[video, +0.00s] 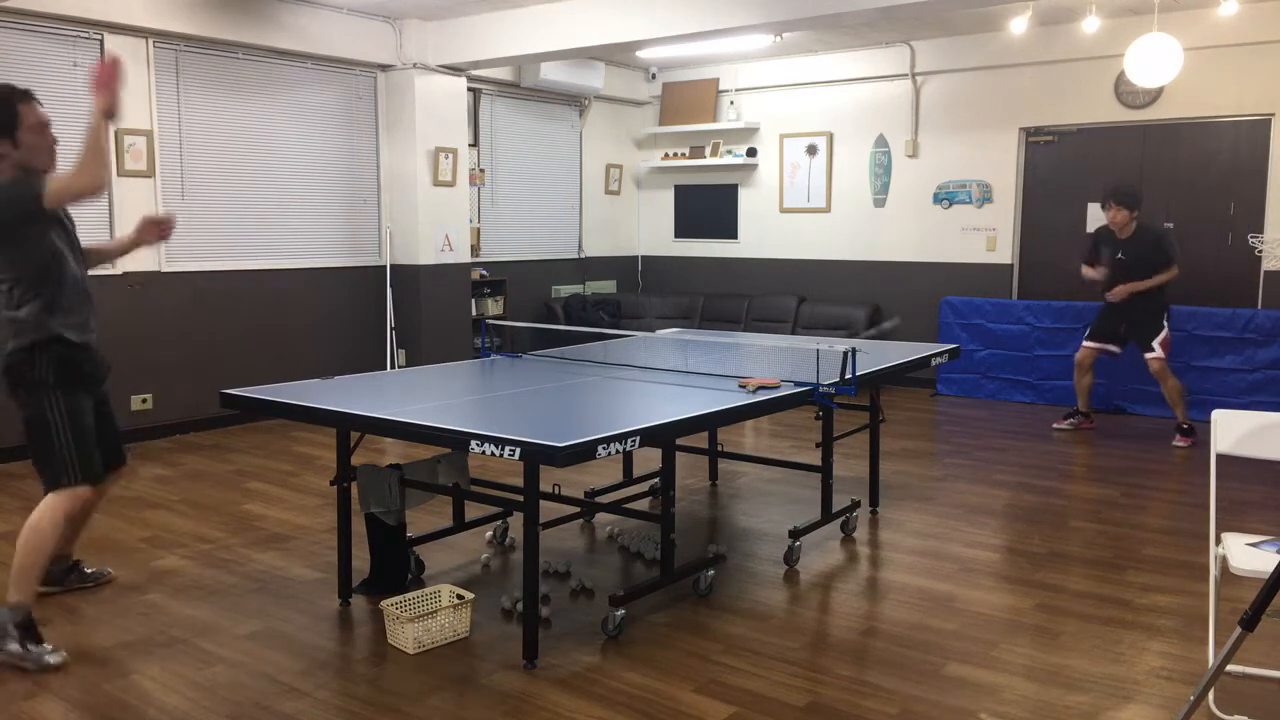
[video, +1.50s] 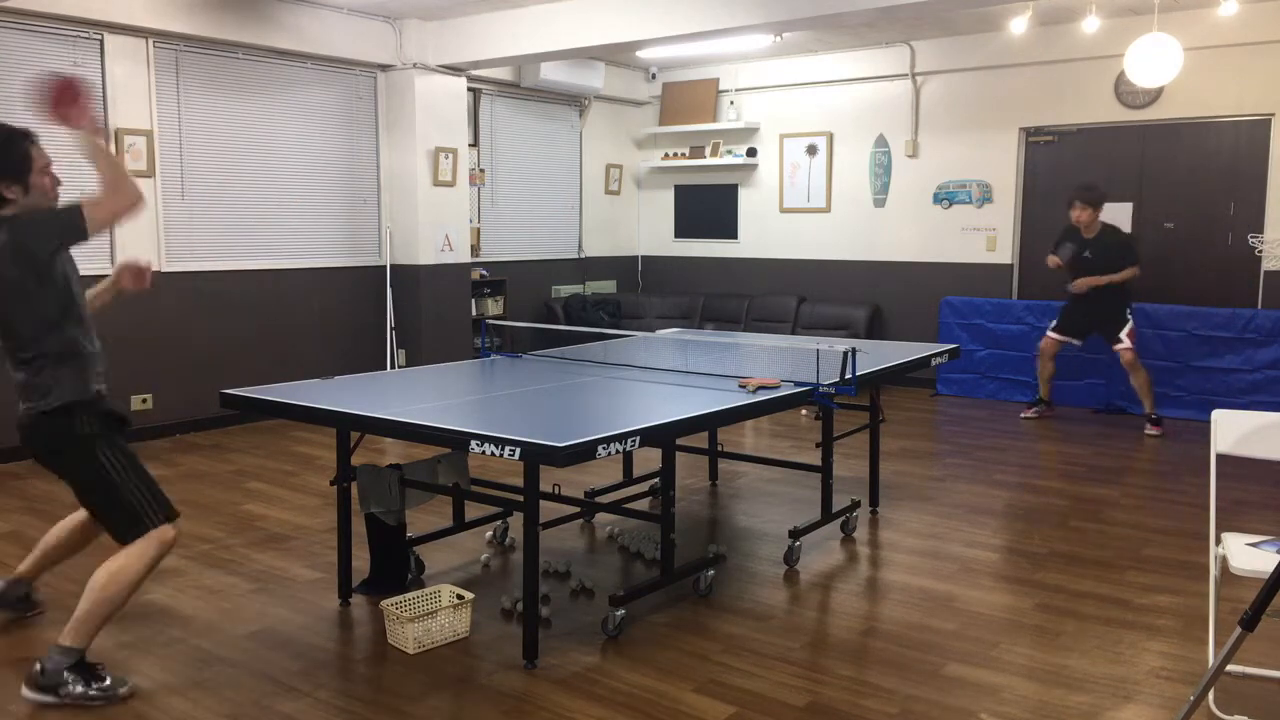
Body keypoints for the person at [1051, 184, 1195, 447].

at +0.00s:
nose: (1111, 216)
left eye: (1117, 211)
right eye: (1108, 210)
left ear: (1133, 213)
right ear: (1105, 211)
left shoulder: (1155, 237)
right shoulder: (1102, 236)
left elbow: (1172, 271)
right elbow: (1086, 269)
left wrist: (1131, 288)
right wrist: (1096, 274)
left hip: (1148, 311)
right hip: (1113, 308)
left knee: (1157, 367)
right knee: (1082, 359)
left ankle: (1184, 424)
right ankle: (1083, 413)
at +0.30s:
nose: (1147, 242)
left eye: (1153, 238)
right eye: (1145, 236)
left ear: (1162, 234)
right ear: (1136, 228)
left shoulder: (1166, 247)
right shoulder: (1116, 247)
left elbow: (1177, 276)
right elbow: (1115, 290)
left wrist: (1175, 297)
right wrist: (1150, 297)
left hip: (1151, 315)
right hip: (1115, 314)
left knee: (1178, 364)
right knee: (1076, 366)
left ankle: (1188, 424)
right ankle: (1082, 415)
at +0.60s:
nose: (1166, 190)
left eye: (1173, 185)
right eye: (1163, 184)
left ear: (1184, 191)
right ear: (1156, 187)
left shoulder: (1194, 223)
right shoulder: (1136, 215)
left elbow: (1216, 247)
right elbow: (1091, 212)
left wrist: (1232, 276)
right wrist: (1048, 212)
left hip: (1174, 307)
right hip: (1134, 304)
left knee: (1187, 365)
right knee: (1104, 359)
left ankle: (1190, 426)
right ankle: (1088, 413)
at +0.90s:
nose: (1148, 185)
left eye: (1156, 180)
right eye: (1147, 180)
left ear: (1171, 186)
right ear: (1144, 185)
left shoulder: (1185, 222)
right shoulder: (1139, 219)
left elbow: (1209, 256)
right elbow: (1122, 252)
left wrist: (1182, 281)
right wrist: (1106, 238)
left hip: (1166, 303)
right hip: (1133, 299)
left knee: (1179, 368)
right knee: (1095, 349)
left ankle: (1194, 422)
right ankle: (1092, 408)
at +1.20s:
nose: (1112, 202)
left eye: (1120, 198)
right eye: (1111, 197)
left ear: (1133, 204)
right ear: (1106, 200)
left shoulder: (1145, 235)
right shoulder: (1094, 231)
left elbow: (1163, 266)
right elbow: (1080, 264)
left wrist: (1138, 287)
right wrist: (1094, 277)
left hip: (1127, 310)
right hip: (1092, 308)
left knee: (1151, 365)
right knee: (1059, 356)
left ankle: (1187, 420)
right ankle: (1045, 403)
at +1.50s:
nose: (1076, 215)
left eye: (1083, 210)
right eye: (1074, 209)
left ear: (1097, 212)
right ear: (1070, 211)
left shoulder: (1118, 238)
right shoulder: (1070, 234)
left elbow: (1134, 270)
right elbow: (1055, 257)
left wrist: (1094, 281)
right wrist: (1054, 261)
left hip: (1112, 308)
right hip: (1080, 304)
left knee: (1129, 359)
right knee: (1046, 348)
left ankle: (1151, 415)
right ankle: (1044, 402)